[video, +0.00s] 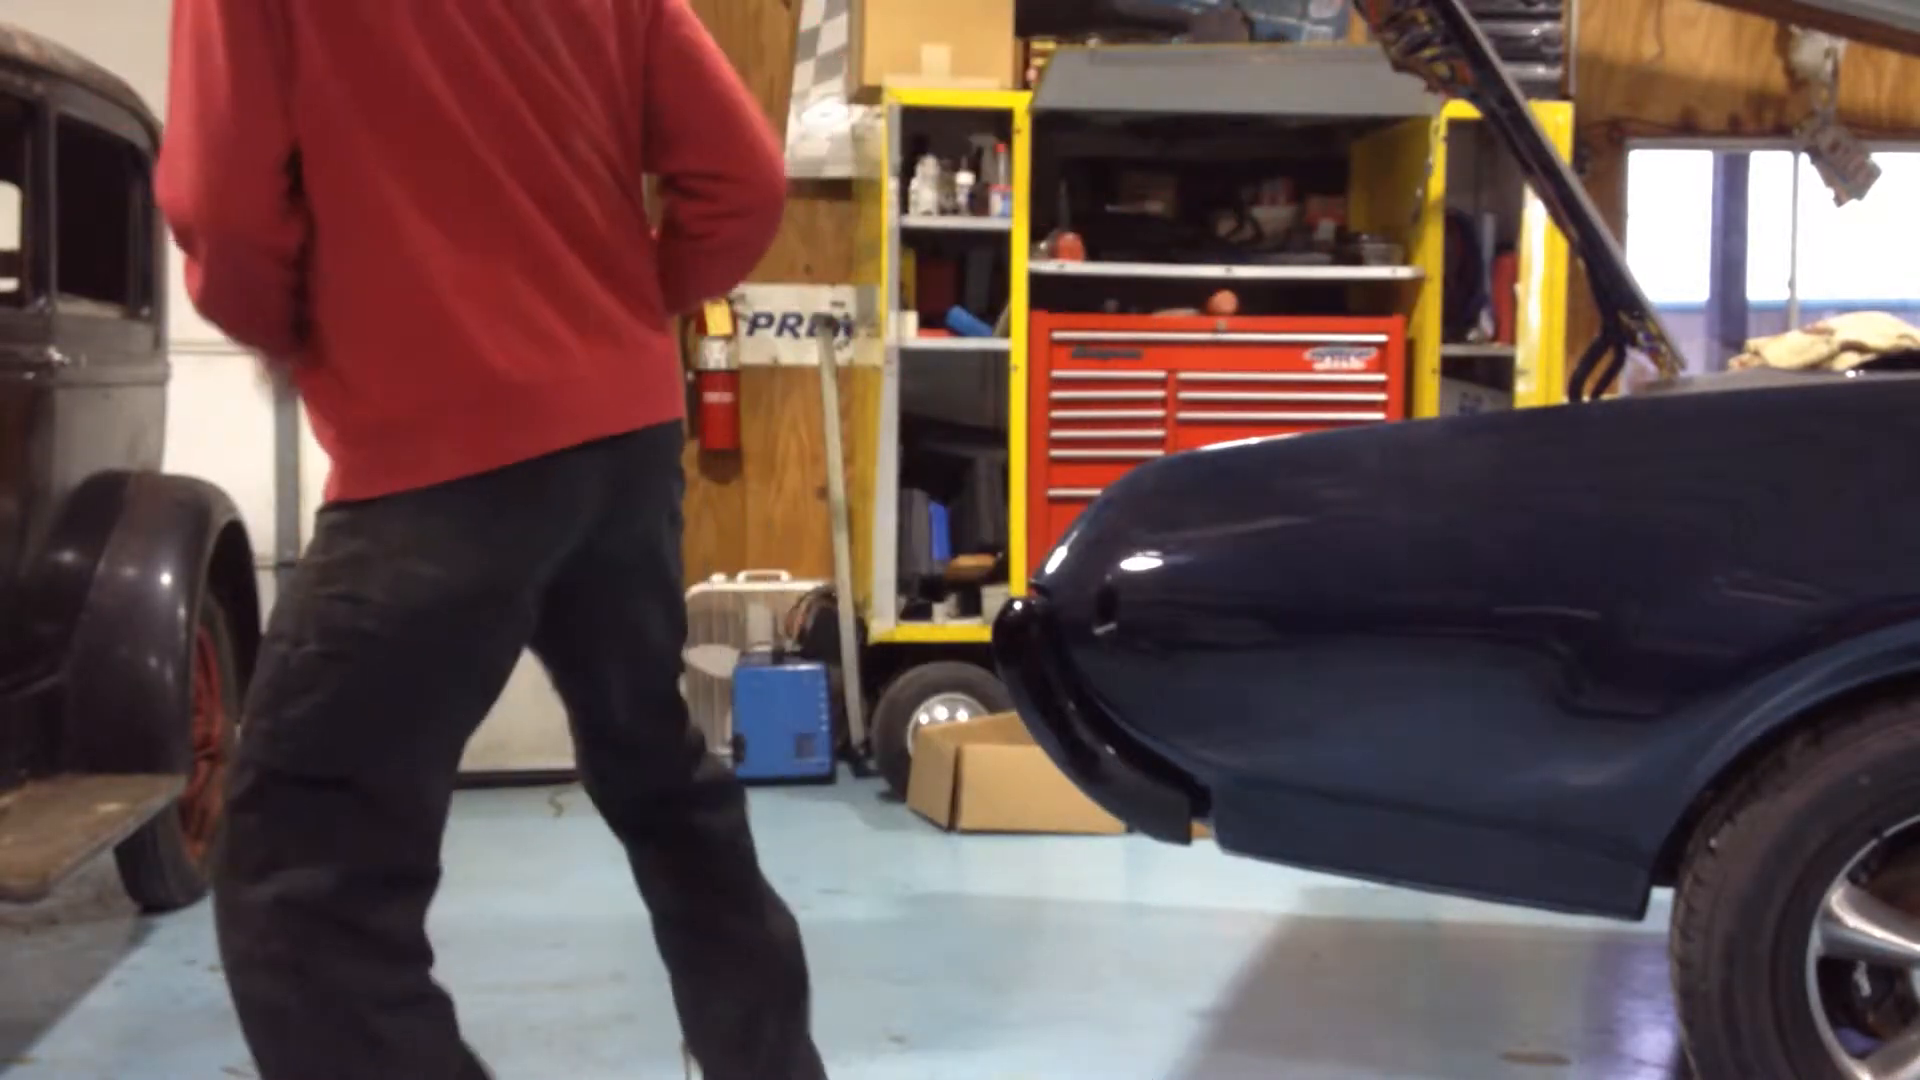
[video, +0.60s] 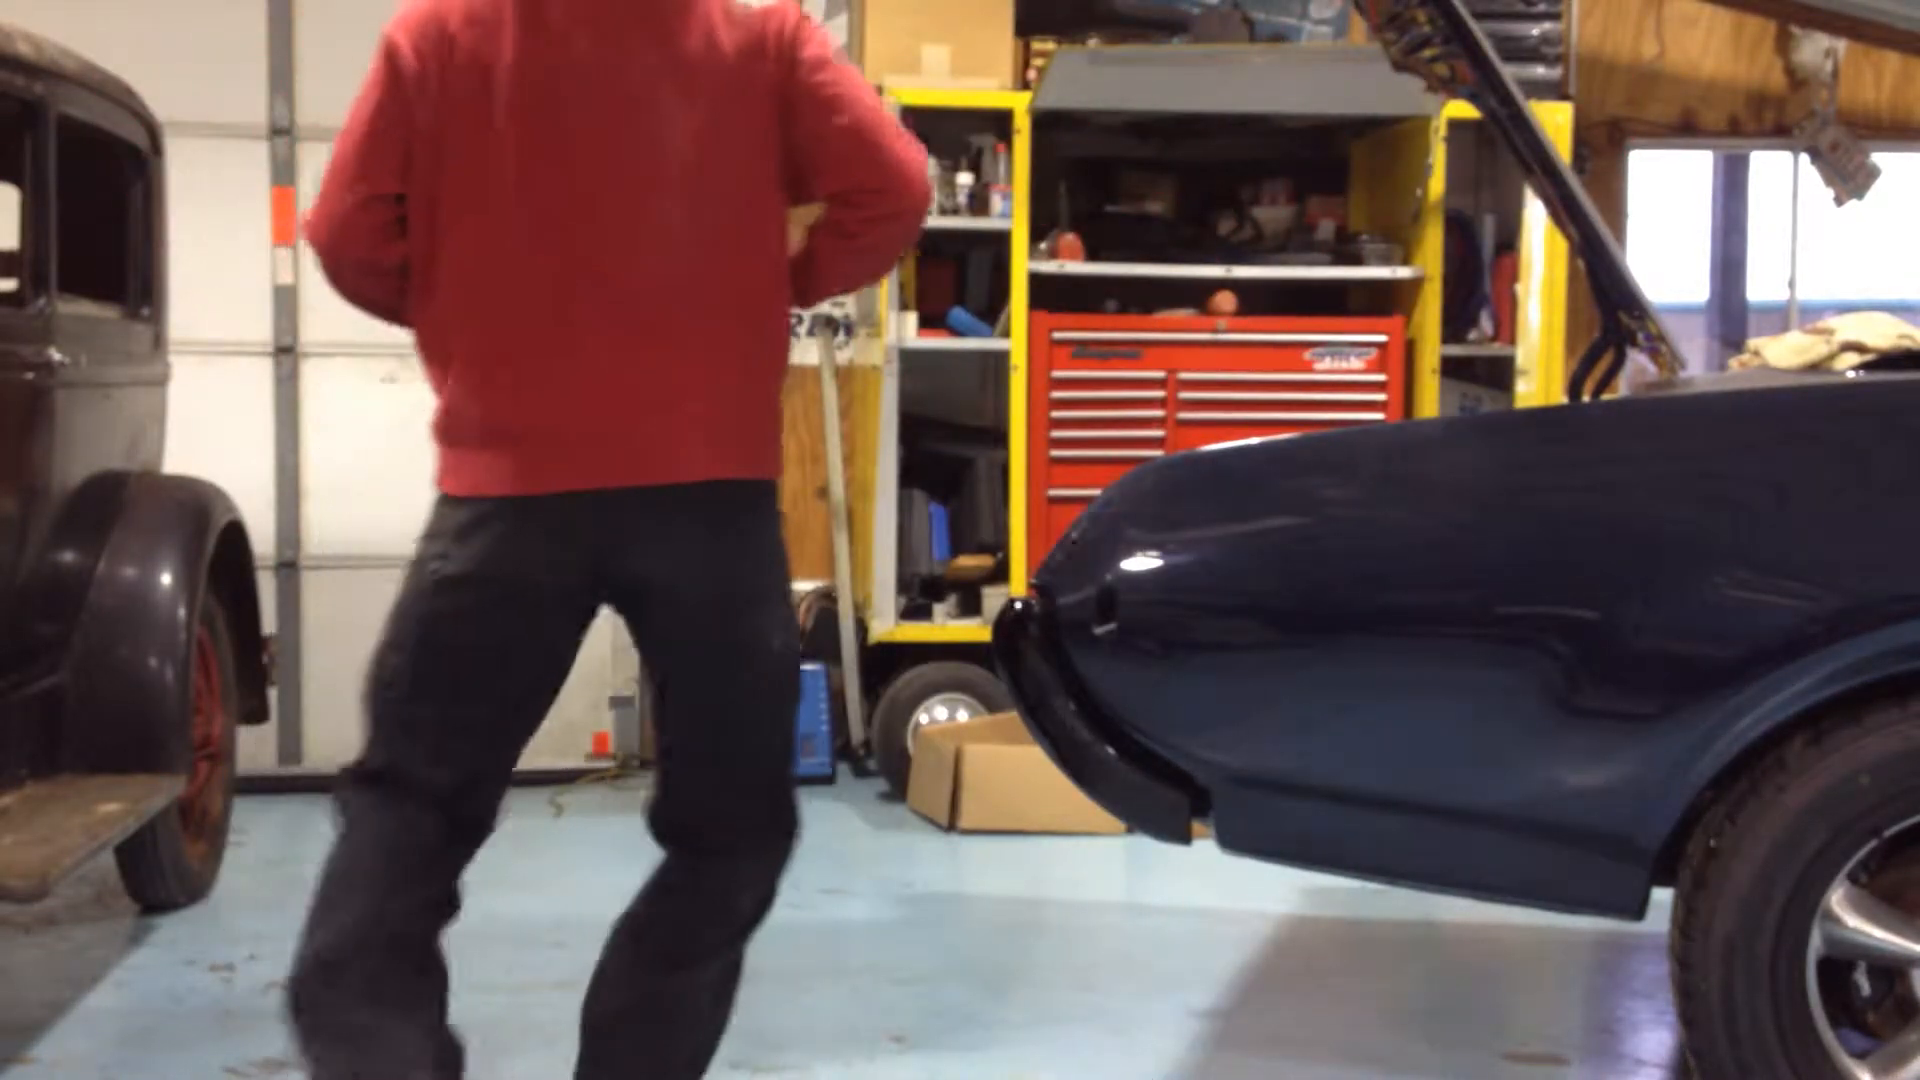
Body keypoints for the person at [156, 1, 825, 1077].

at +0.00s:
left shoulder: (251, 6)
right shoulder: (610, 1)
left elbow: (224, 213)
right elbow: (743, 179)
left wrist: (297, 332)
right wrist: (615, 298)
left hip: (438, 440)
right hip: (629, 418)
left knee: (305, 880)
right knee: (667, 786)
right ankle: (771, 1063)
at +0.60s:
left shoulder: (439, 25)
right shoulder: (756, 20)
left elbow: (347, 233)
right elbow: (896, 187)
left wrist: (478, 304)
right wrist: (771, 281)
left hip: (511, 476)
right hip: (707, 478)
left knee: (410, 798)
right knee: (730, 829)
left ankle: (378, 1063)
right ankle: (632, 1071)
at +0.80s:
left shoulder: (499, 54)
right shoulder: (768, 44)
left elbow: (453, 276)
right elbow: (775, 254)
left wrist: (544, 386)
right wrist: (822, 395)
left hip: (544, 470)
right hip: (714, 469)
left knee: (526, 764)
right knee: (746, 827)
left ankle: (488, 1066)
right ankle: (631, 1073)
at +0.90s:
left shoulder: (527, 58)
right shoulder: (760, 42)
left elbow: (451, 255)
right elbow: (737, 217)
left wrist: (573, 329)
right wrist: (804, 350)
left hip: (545, 473)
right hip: (690, 468)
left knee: (575, 773)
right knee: (770, 814)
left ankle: (589, 1050)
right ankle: (629, 1059)